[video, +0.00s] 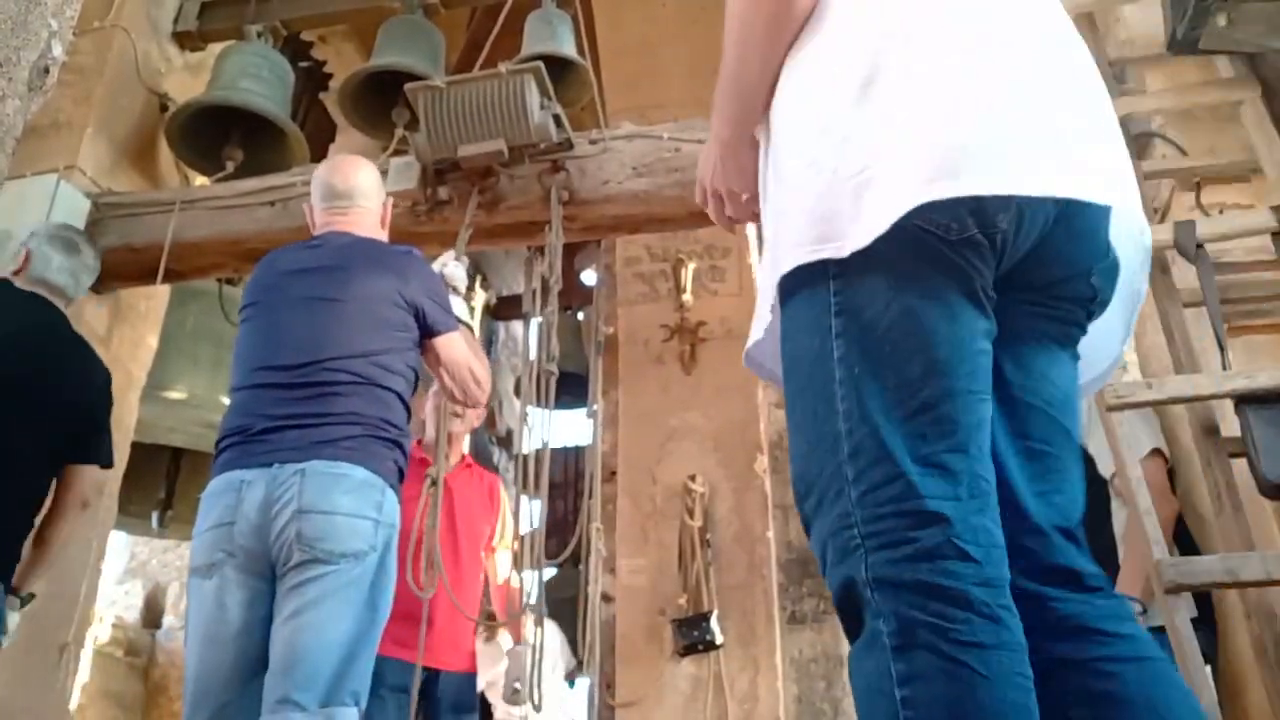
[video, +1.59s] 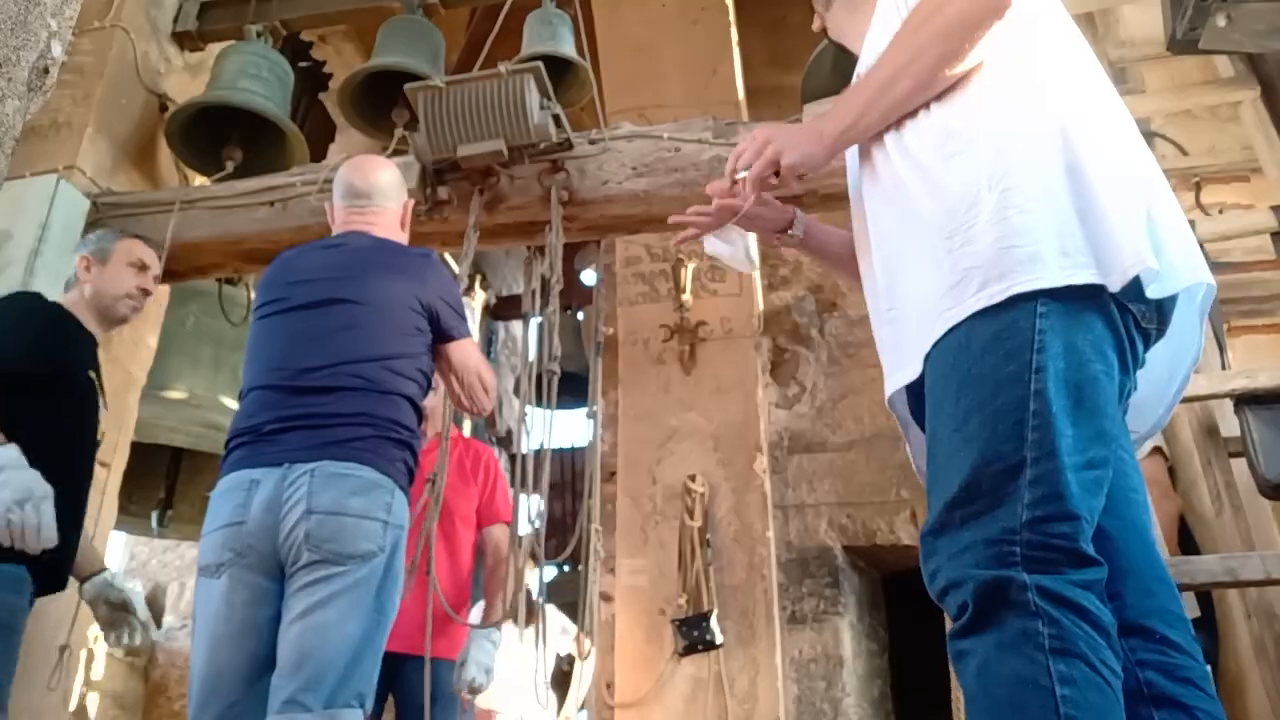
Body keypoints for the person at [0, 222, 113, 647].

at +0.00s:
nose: (8, 263)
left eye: (13, 256)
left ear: (22, 260)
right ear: (81, 294)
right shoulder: (87, 371)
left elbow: (78, 495)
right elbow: (77, 497)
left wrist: (19, 590)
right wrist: (19, 590)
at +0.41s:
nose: (70, 307)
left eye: (74, 296)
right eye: (73, 294)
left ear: (4, 266)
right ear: (53, 281)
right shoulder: (60, 343)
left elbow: (69, 462)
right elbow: (69, 461)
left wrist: (48, 579)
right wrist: (50, 580)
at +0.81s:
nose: (115, 294)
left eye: (119, 283)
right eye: (107, 274)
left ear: (55, 268)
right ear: (59, 264)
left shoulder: (12, 311)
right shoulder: (50, 320)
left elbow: (27, 425)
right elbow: (30, 422)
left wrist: (67, 548)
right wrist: (69, 549)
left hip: (9, 567)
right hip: (8, 569)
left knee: (11, 701)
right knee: (7, 703)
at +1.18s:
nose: (161, 298)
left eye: (165, 290)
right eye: (152, 280)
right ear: (103, 272)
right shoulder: (69, 314)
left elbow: (35, 470)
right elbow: (36, 399)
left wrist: (100, 546)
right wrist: (119, 504)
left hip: (28, 564)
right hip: (17, 562)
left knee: (7, 702)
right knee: (3, 702)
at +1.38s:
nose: (175, 299)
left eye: (179, 292)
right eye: (164, 280)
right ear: (115, 274)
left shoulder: (100, 360)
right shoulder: (67, 314)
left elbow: (67, 487)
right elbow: (10, 392)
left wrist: (92, 577)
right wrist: (60, 508)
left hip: (24, 573)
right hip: (8, 567)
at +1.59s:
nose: (148, 286)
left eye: (153, 279)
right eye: (137, 267)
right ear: (86, 267)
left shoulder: (85, 367)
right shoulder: (30, 315)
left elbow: (56, 491)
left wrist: (96, 578)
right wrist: (9, 461)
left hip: (22, 577)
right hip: (6, 569)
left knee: (2, 701)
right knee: (1, 700)